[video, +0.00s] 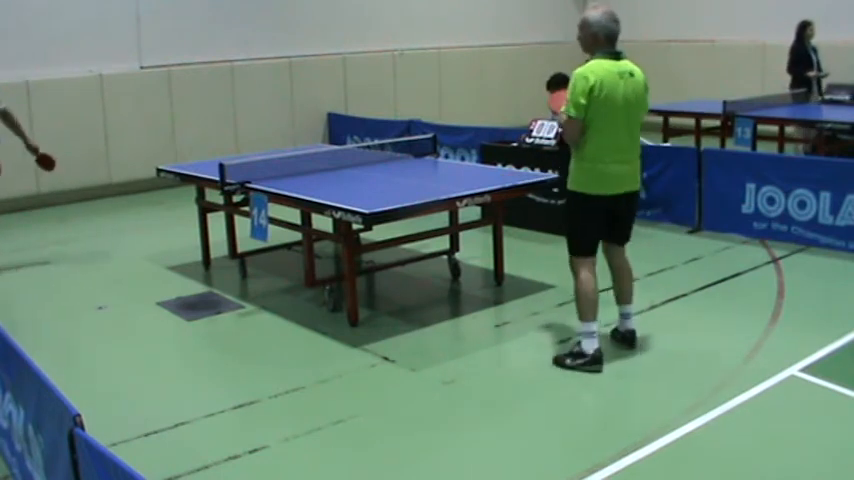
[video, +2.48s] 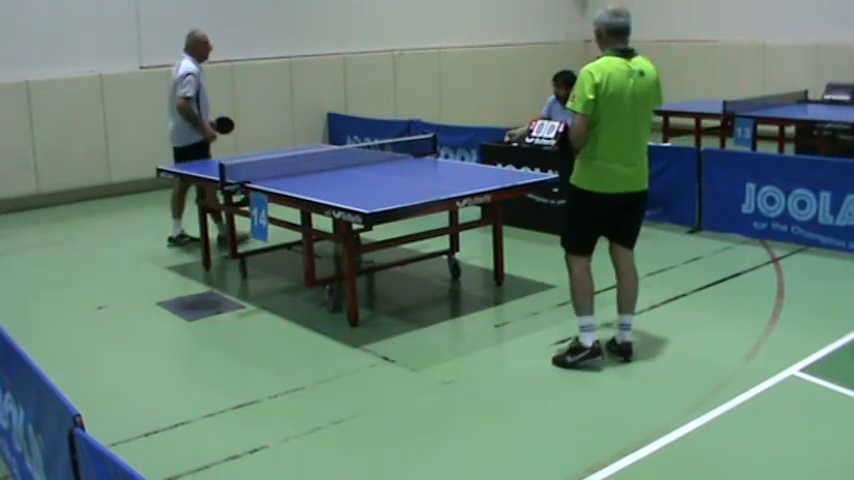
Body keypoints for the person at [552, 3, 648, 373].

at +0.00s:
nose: (578, 39)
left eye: (579, 34)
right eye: (579, 33)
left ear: (586, 38)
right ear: (615, 37)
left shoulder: (585, 76)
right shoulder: (637, 74)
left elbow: (573, 136)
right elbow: (637, 121)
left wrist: (562, 117)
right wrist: (596, 118)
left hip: (588, 186)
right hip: (627, 184)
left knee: (583, 263)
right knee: (617, 251)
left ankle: (589, 347)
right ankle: (627, 327)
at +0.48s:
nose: (550, 37)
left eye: (553, 32)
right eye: (552, 31)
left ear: (565, 37)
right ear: (588, 36)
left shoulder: (565, 77)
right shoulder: (615, 70)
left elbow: (557, 141)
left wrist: (542, 132)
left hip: (580, 191)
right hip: (617, 186)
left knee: (583, 267)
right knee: (611, 254)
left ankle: (590, 348)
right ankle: (620, 328)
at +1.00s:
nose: (561, 36)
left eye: (563, 31)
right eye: (562, 30)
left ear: (572, 35)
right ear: (599, 35)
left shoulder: (571, 75)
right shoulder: (622, 72)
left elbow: (568, 132)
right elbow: (631, 130)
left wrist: (552, 155)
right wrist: (598, 145)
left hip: (580, 190)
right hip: (617, 187)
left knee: (583, 267)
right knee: (608, 257)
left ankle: (589, 349)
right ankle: (622, 339)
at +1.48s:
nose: (587, 38)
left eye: (587, 33)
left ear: (589, 35)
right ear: (619, 34)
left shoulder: (585, 73)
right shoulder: (641, 73)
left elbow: (572, 134)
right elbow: (651, 128)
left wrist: (567, 141)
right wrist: (617, 122)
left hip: (591, 186)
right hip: (632, 184)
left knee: (584, 261)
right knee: (621, 253)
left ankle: (589, 347)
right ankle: (624, 339)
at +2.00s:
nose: (600, 38)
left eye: (600, 33)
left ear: (603, 35)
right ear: (634, 36)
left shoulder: (595, 71)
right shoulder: (653, 75)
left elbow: (579, 128)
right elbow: (663, 131)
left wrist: (580, 141)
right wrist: (630, 126)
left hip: (596, 183)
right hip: (638, 184)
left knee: (576, 252)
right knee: (626, 251)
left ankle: (586, 335)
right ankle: (624, 338)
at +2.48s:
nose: (595, 40)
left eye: (595, 35)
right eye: (601, 35)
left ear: (598, 35)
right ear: (628, 34)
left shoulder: (593, 73)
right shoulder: (649, 71)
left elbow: (577, 133)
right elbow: (650, 118)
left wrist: (575, 141)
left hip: (592, 184)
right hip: (634, 184)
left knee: (578, 257)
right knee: (623, 252)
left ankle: (587, 342)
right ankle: (625, 339)